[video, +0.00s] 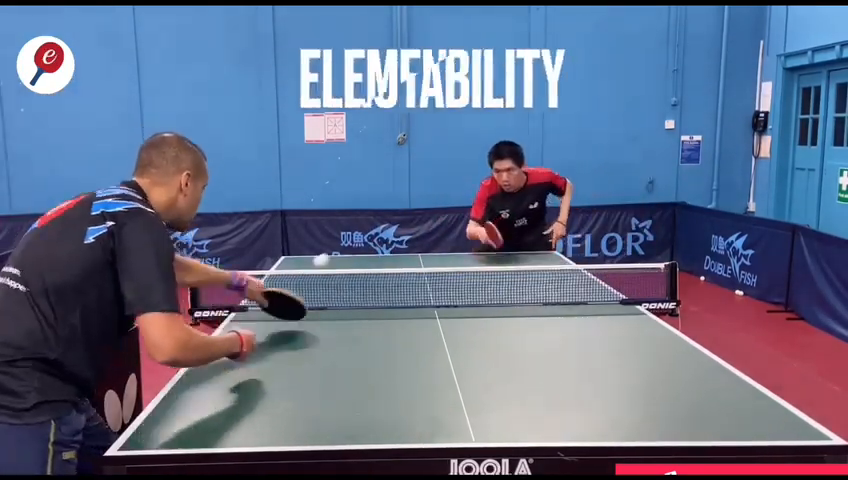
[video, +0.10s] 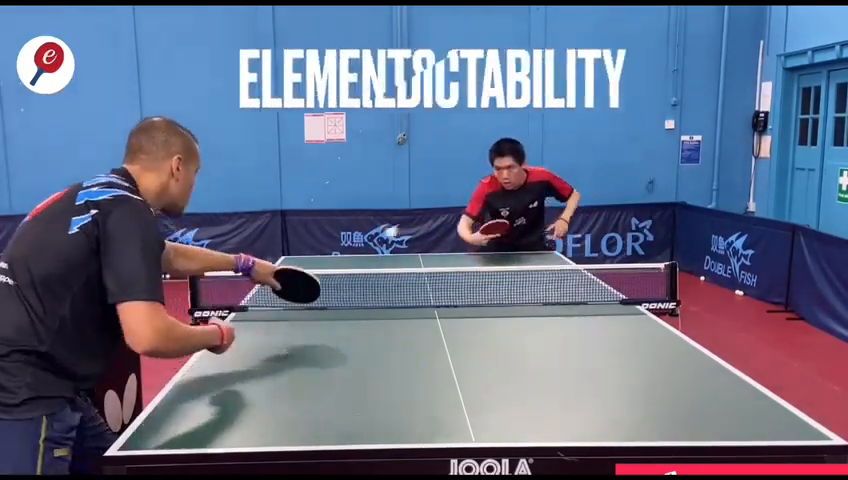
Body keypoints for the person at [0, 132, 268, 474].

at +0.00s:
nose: (198, 207)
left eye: (201, 194)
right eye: (201, 192)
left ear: (142, 174)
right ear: (185, 184)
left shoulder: (96, 204)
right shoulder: (141, 225)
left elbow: (166, 266)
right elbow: (167, 345)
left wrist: (238, 281)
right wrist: (234, 343)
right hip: (30, 396)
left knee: (125, 463)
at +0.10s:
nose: (192, 189)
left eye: (196, 178)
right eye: (194, 176)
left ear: (135, 161)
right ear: (176, 168)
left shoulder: (95, 194)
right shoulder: (126, 211)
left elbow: (166, 256)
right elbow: (147, 334)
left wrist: (248, 265)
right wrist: (213, 336)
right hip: (28, 394)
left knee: (127, 467)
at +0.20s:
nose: (177, 163)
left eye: (178, 152)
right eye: (176, 151)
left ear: (114, 140)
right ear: (156, 147)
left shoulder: (74, 180)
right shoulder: (111, 202)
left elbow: (132, 259)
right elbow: (126, 330)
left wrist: (217, 260)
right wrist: (191, 334)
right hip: (28, 406)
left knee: (120, 471)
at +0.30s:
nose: (152, 146)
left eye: (153, 134)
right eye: (151, 133)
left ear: (82, 128)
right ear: (129, 131)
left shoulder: (41, 177)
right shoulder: (90, 197)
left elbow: (76, 273)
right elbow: (100, 332)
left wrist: (165, 276)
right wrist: (160, 338)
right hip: (28, 415)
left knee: (120, 469)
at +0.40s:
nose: (126, 134)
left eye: (126, 121)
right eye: (124, 120)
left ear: (51, 120)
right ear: (100, 119)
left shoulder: (12, 173)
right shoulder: (64, 196)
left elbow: (21, 310)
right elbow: (73, 339)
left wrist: (101, 315)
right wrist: (130, 341)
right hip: (26, 434)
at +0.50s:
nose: (104, 121)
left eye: (104, 108)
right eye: (102, 107)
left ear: (25, 105)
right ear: (76, 106)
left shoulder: (6, 168)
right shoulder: (46, 191)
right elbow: (50, 342)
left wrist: (75, 330)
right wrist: (102, 346)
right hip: (14, 437)